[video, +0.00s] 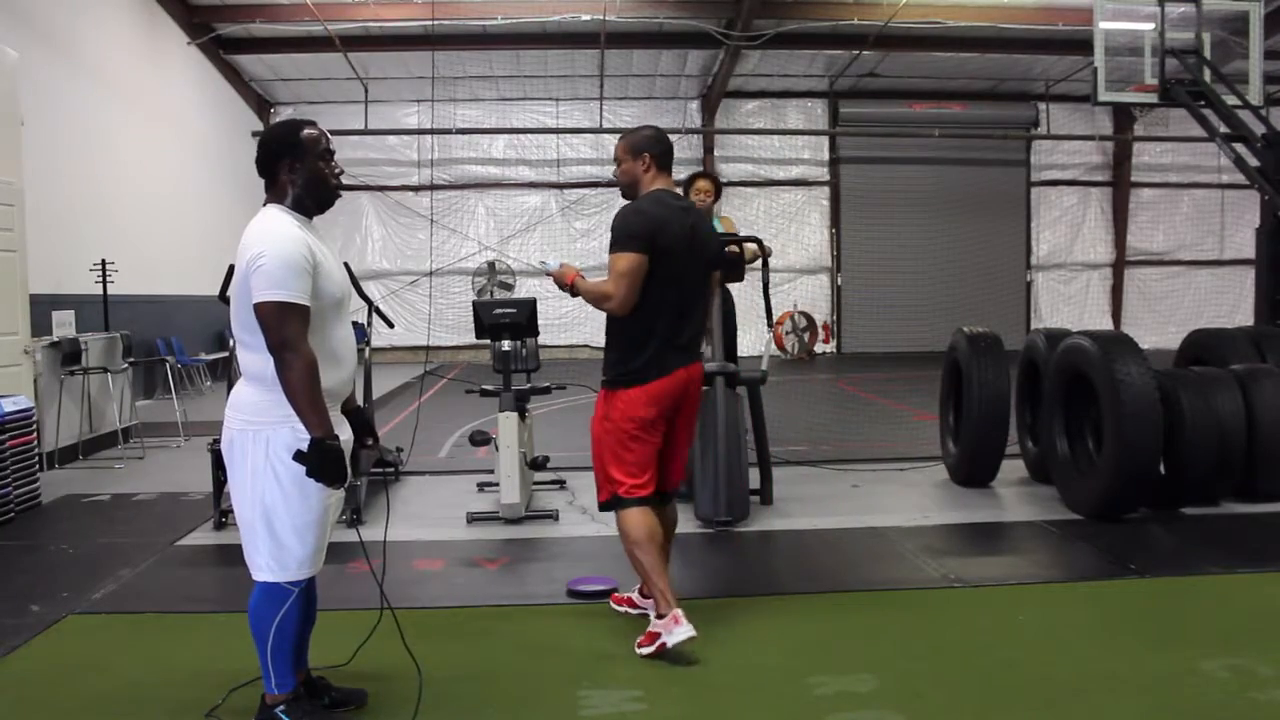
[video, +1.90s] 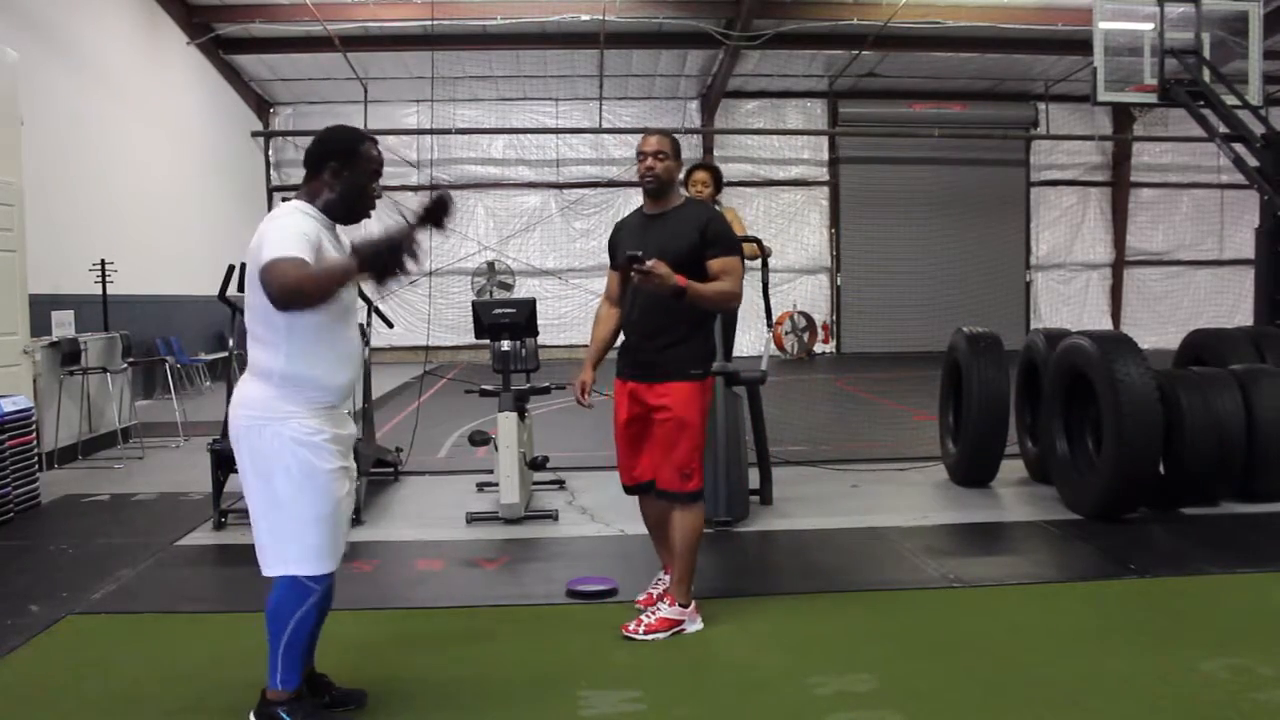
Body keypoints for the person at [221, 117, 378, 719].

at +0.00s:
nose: (338, 168)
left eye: (335, 156)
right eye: (326, 158)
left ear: (295, 171)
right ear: (291, 170)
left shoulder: (298, 237)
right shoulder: (276, 239)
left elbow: (316, 343)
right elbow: (286, 349)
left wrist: (353, 410)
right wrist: (323, 437)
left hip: (299, 429)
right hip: (275, 432)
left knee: (299, 566)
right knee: (282, 571)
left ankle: (296, 680)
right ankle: (280, 697)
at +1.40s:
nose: (357, 187)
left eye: (357, 174)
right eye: (350, 174)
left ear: (315, 175)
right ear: (312, 173)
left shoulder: (310, 235)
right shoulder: (279, 236)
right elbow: (268, 337)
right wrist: (266, 425)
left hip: (319, 427)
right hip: (289, 431)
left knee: (305, 568)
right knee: (288, 573)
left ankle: (298, 680)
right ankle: (279, 699)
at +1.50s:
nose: (370, 189)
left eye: (370, 177)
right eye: (363, 175)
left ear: (324, 175)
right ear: (324, 174)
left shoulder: (318, 236)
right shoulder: (282, 235)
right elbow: (243, 321)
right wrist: (202, 383)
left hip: (323, 429)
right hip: (291, 434)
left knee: (306, 566)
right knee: (287, 571)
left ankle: (299, 681)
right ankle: (278, 698)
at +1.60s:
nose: (378, 191)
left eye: (379, 179)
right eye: (371, 178)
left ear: (332, 177)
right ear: (330, 175)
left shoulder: (324, 239)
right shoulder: (284, 233)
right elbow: (237, 309)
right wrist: (191, 310)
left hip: (326, 426)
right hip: (292, 431)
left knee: (307, 565)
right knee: (289, 572)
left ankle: (297, 683)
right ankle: (280, 700)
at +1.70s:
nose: (378, 192)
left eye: (379, 179)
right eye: (370, 178)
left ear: (333, 178)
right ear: (331, 176)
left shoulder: (326, 235)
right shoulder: (289, 227)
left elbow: (327, 339)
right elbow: (241, 301)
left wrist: (356, 420)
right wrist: (240, 245)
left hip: (324, 426)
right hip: (290, 430)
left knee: (307, 566)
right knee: (290, 571)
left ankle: (299, 681)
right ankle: (280, 698)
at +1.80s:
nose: (369, 194)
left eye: (371, 185)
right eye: (363, 182)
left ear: (326, 174)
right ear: (330, 176)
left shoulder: (326, 234)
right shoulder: (286, 220)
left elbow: (353, 230)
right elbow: (262, 287)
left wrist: (375, 192)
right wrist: (313, 222)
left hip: (323, 423)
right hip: (287, 426)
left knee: (310, 562)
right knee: (292, 567)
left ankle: (299, 681)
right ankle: (279, 698)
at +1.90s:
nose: (378, 192)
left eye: (379, 180)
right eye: (371, 179)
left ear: (334, 177)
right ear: (332, 174)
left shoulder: (328, 232)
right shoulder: (290, 224)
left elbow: (366, 265)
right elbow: (286, 288)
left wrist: (416, 228)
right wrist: (363, 260)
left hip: (319, 420)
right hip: (283, 423)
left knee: (319, 562)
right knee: (304, 567)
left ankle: (299, 678)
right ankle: (280, 698)